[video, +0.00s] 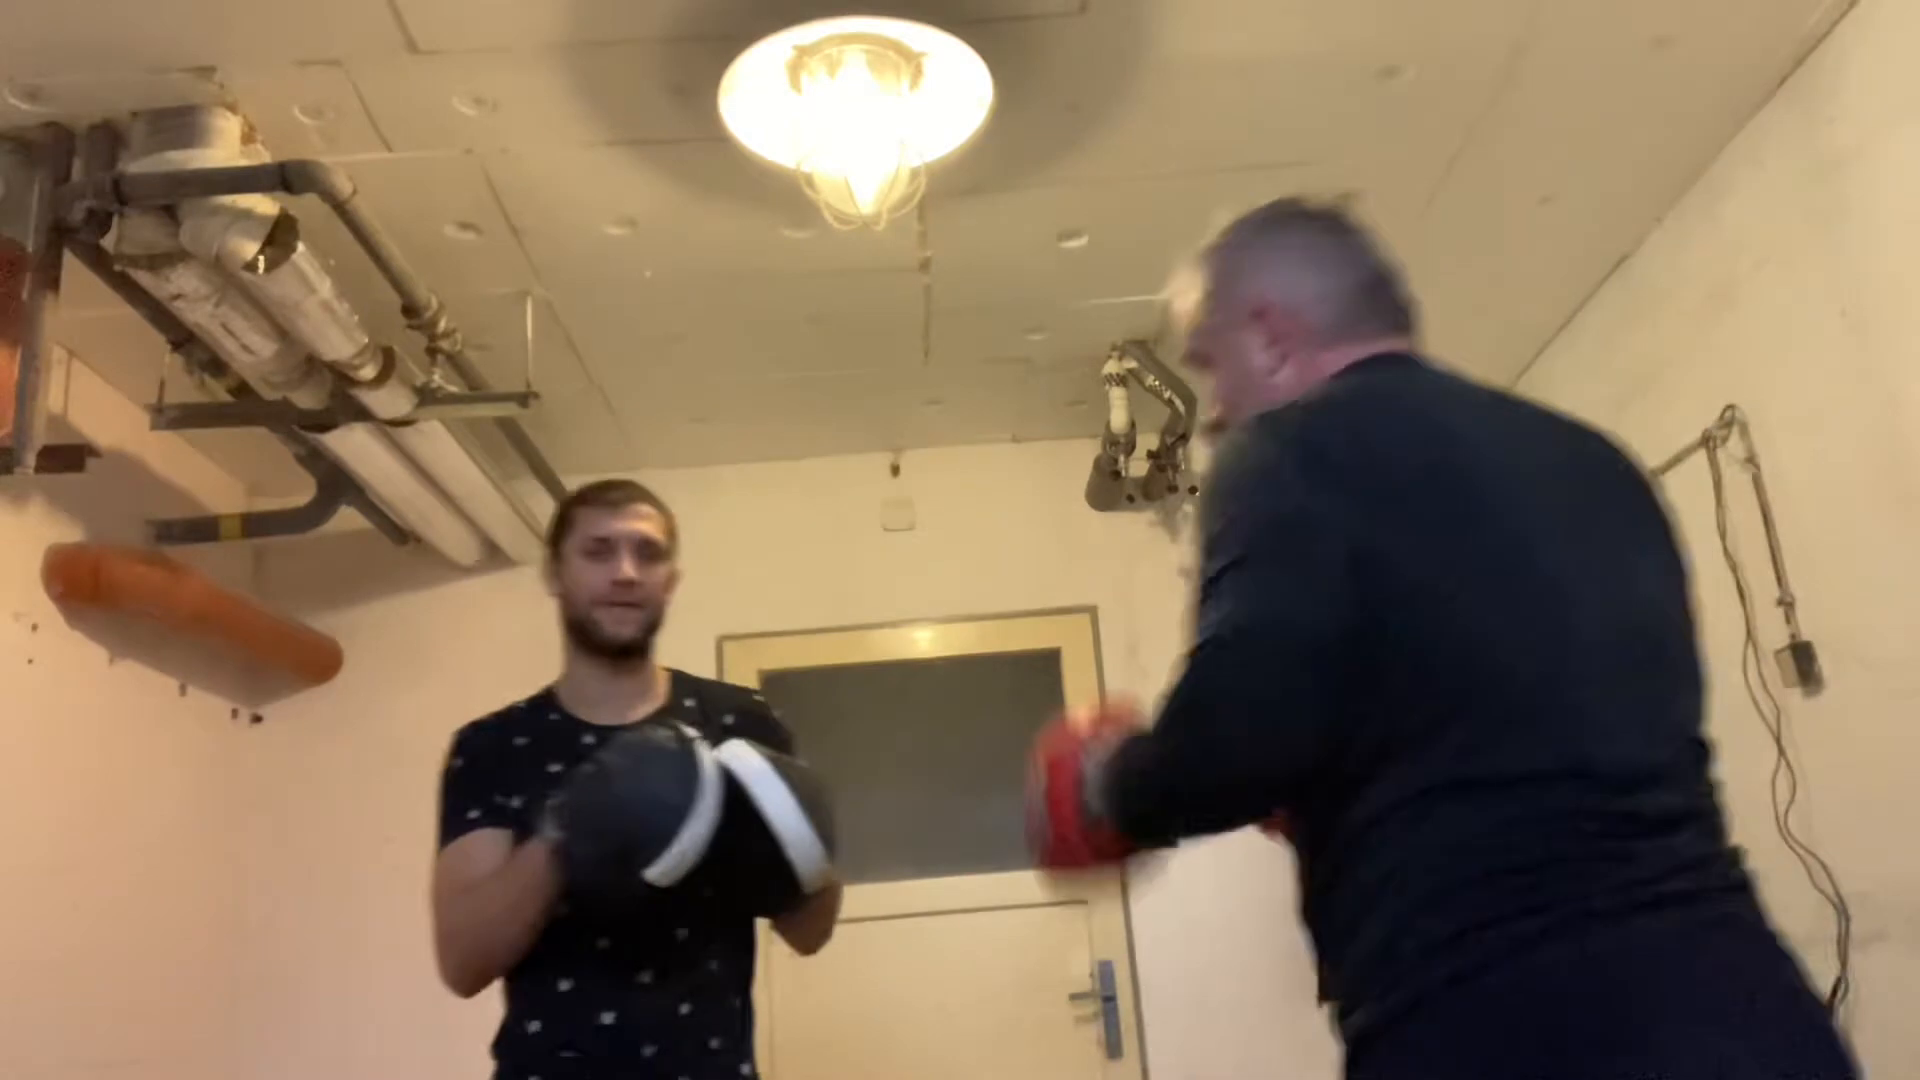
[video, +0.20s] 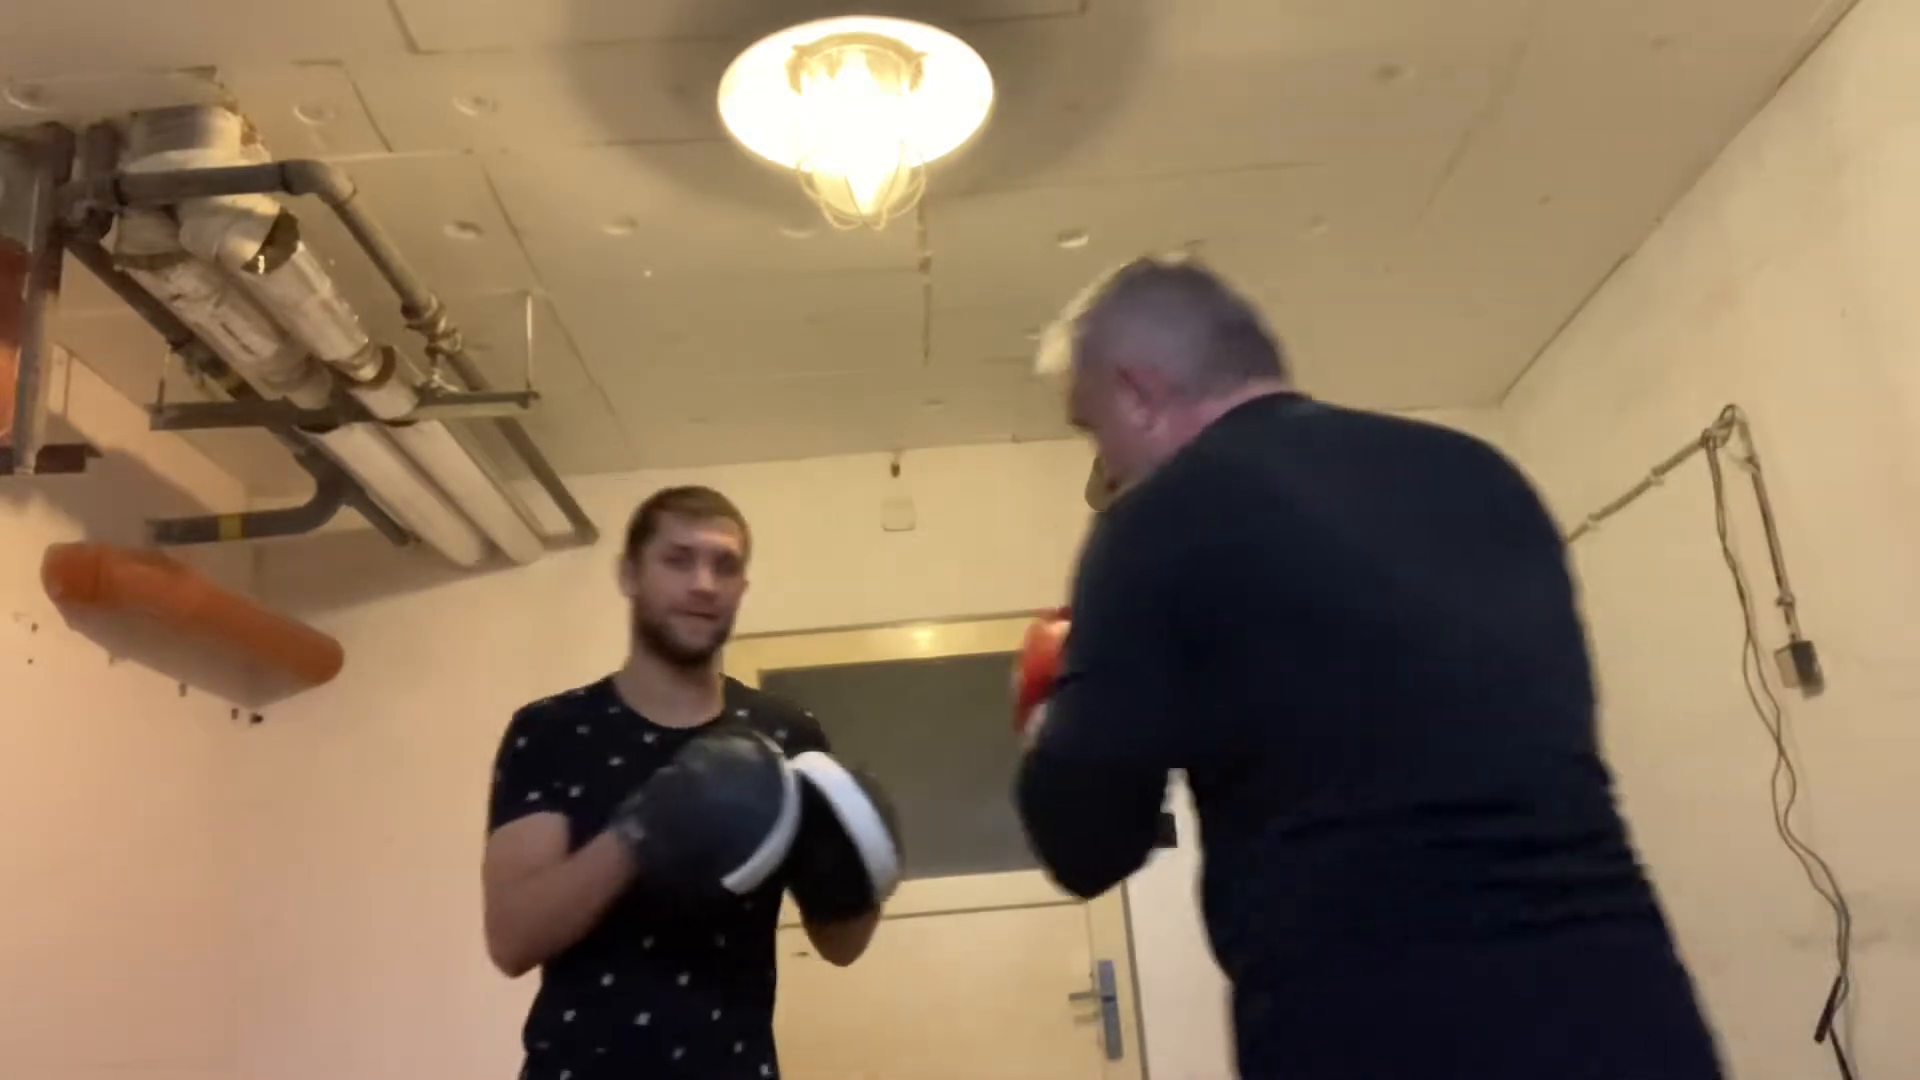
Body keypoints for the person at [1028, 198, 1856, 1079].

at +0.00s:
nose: (1213, 414)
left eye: (1209, 368)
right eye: (1199, 378)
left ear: (1271, 337)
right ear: (1392, 319)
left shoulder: (1292, 461)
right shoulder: (1592, 455)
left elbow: (1257, 727)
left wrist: (1108, 789)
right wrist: (1318, 783)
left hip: (1474, 1021)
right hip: (1737, 996)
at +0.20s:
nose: (1104, 470)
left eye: (1095, 431)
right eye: (1089, 437)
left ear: (1140, 396)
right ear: (1261, 362)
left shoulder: (1159, 528)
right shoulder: (1481, 469)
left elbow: (1082, 845)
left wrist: (1050, 705)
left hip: (1359, 1030)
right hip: (1618, 1004)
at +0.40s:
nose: (1080, 476)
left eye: (1070, 433)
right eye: (1067, 440)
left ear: (1116, 401)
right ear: (1240, 374)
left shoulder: (1115, 533)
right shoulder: (1448, 479)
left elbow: (1039, 835)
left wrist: (1016, 694)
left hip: (1305, 1019)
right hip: (1565, 993)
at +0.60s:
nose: (1142, 466)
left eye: (1135, 431)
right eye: (1130, 437)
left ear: (1185, 397)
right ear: (1302, 382)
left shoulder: (1180, 524)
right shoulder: (1492, 503)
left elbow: (1099, 805)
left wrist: (1036, 712)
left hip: (1317, 1017)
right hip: (1562, 992)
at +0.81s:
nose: (1175, 486)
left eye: (1170, 455)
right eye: (1163, 465)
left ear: (1225, 415)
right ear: (1334, 408)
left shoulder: (1227, 511)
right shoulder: (1521, 530)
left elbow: (1141, 762)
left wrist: (1074, 679)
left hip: (1331, 1027)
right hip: (1574, 1017)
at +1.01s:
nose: (1138, 490)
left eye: (1133, 466)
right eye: (1129, 472)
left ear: (1181, 425)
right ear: (1296, 407)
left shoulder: (1173, 523)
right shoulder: (1483, 527)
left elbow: (994, 722)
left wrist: (940, 638)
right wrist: (1042, 626)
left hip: (1273, 1021)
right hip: (1519, 1017)